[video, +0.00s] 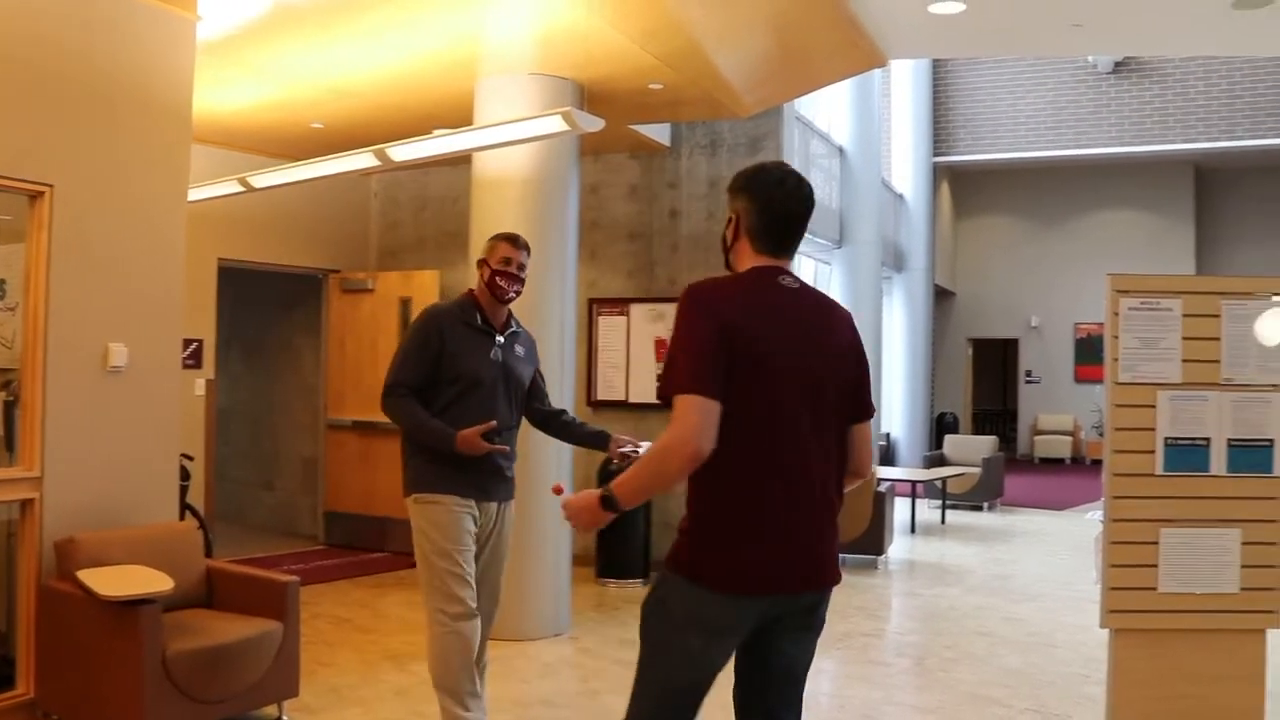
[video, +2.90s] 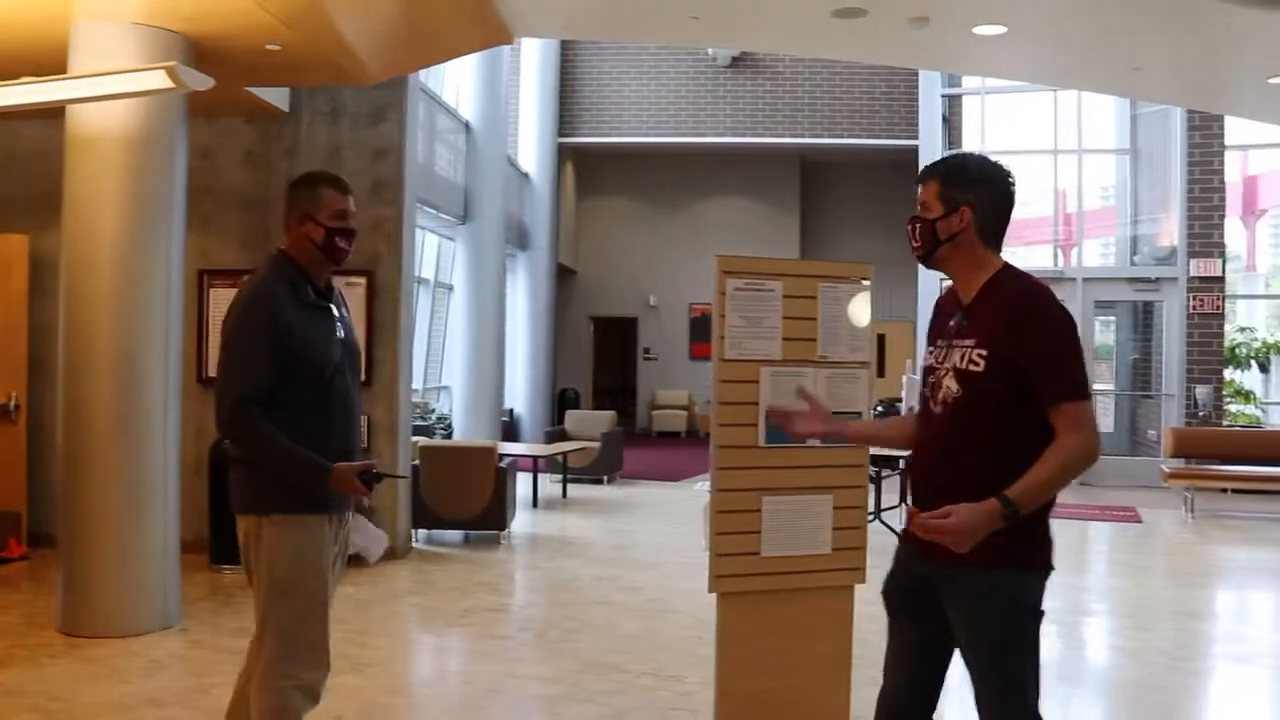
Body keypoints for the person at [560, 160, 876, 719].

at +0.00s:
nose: (724, 228)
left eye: (728, 216)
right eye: (728, 216)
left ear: (736, 224)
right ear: (797, 233)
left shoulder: (712, 300)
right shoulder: (837, 321)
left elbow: (692, 439)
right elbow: (858, 466)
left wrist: (605, 502)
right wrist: (795, 494)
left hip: (716, 567)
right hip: (806, 571)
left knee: (655, 714)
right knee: (774, 715)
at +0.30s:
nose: (749, 228)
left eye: (753, 214)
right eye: (755, 214)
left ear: (764, 222)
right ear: (824, 232)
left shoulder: (754, 301)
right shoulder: (857, 323)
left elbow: (748, 448)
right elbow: (872, 465)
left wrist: (644, 510)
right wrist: (790, 480)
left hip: (758, 581)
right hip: (828, 579)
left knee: (742, 710)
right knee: (783, 711)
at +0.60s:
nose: (761, 240)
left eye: (769, 226)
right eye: (762, 226)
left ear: (807, 231)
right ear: (820, 231)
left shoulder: (821, 315)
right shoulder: (880, 316)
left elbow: (824, 476)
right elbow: (897, 467)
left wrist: (699, 534)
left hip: (820, 596)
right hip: (852, 590)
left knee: (825, 714)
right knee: (776, 715)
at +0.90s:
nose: (793, 236)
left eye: (804, 219)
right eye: (794, 220)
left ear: (847, 224)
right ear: (847, 224)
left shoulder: (890, 312)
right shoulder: (876, 309)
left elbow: (912, 484)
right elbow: (896, 462)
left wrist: (783, 557)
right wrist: (816, 483)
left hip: (872, 610)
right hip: (842, 599)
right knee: (790, 715)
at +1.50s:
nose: (853, 218)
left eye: (859, 204)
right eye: (855, 204)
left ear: (886, 211)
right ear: (910, 213)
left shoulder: (933, 305)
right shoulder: (919, 299)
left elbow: (970, 470)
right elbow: (901, 445)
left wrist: (853, 548)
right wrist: (808, 454)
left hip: (900, 586)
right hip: (887, 579)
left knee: (874, 709)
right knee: (873, 707)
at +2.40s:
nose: (900, 232)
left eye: (911, 219)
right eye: (900, 220)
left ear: (952, 225)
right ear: (945, 226)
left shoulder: (995, 308)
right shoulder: (949, 312)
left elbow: (1034, 443)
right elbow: (925, 446)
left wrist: (936, 512)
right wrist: (837, 460)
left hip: (949, 569)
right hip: (906, 560)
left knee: (928, 712)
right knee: (905, 710)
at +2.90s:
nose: (914, 225)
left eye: (924, 211)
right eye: (915, 212)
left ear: (963, 220)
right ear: (957, 222)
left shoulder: (1034, 309)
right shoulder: (949, 306)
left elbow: (1082, 442)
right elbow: (933, 426)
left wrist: (991, 513)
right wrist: (834, 428)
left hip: (999, 566)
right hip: (923, 554)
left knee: (1009, 713)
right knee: (899, 711)